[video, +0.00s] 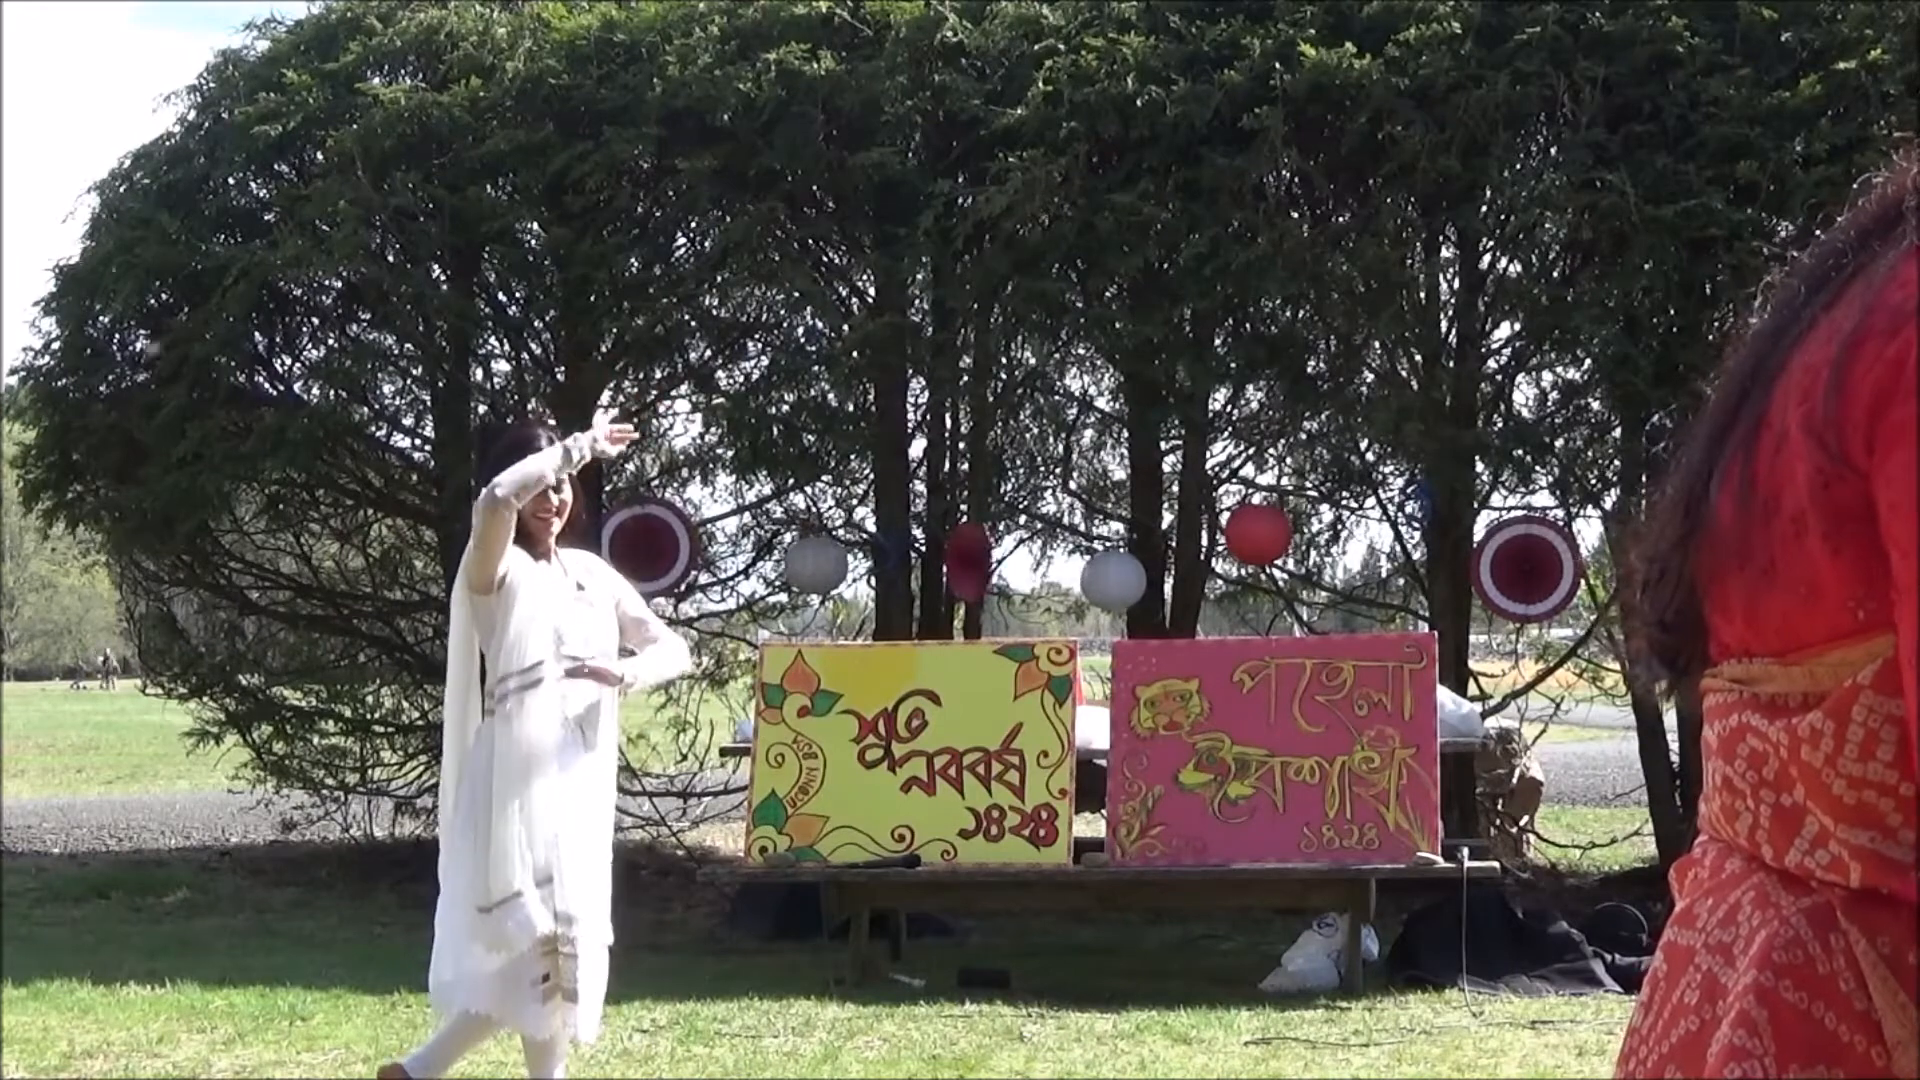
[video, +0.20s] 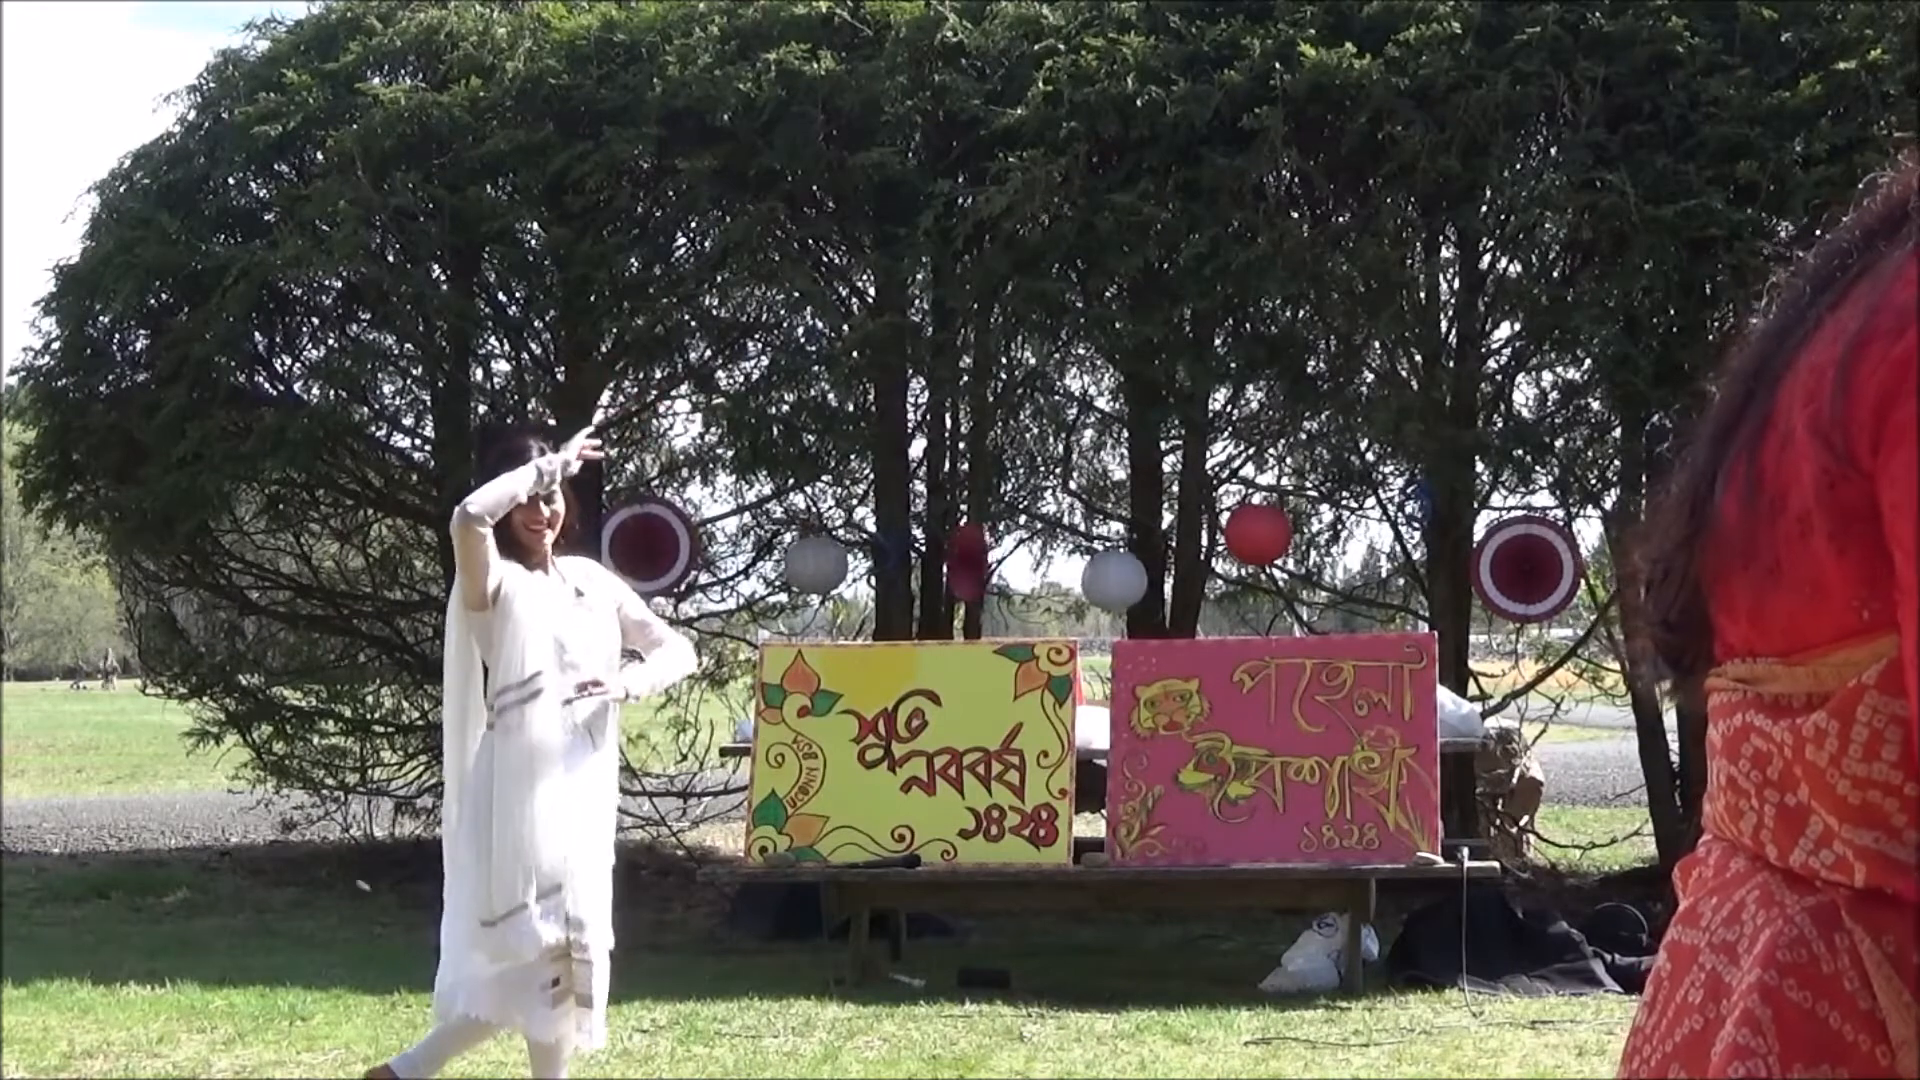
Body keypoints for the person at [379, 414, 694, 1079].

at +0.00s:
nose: (550, 499)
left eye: (560, 486)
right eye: (536, 488)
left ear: (575, 495)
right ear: (509, 498)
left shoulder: (591, 572)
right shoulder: (493, 573)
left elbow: (673, 649)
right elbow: (498, 496)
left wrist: (629, 672)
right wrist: (585, 443)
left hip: (582, 779)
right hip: (515, 776)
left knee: (549, 953)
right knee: (543, 946)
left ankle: (416, 1069)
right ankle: (548, 1070)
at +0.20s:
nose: (543, 509)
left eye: (552, 494)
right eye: (528, 496)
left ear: (566, 502)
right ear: (502, 508)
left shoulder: (591, 579)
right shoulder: (490, 583)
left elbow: (677, 650)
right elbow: (469, 517)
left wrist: (625, 682)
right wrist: (552, 464)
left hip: (583, 784)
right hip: (516, 783)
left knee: (551, 959)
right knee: (541, 954)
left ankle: (403, 1070)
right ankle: (550, 1072)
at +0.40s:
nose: (534, 516)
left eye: (544, 502)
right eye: (518, 505)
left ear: (560, 510)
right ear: (497, 516)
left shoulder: (589, 583)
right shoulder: (488, 589)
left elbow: (685, 653)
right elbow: (462, 516)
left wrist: (631, 673)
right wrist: (538, 467)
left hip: (587, 786)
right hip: (515, 786)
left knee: (579, 949)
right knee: (542, 954)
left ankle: (421, 947)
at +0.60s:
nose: (524, 515)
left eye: (536, 499)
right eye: (509, 504)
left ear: (556, 503)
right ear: (490, 516)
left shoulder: (589, 580)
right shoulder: (482, 586)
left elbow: (680, 653)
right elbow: (459, 504)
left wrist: (627, 683)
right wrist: (542, 459)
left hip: (587, 779)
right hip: (510, 780)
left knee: (584, 941)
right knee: (541, 941)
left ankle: (422, 974)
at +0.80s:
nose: (520, 508)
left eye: (531, 493)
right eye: (505, 498)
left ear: (553, 497)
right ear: (487, 509)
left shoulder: (586, 570)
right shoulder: (479, 578)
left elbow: (673, 651)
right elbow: (459, 497)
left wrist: (619, 689)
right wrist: (546, 452)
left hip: (578, 782)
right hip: (505, 781)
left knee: (546, 956)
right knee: (537, 953)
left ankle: (416, 1069)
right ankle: (548, 1071)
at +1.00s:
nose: (523, 496)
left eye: (535, 480)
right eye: (508, 484)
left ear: (556, 485)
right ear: (488, 496)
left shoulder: (590, 558)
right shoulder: (480, 565)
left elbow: (676, 639)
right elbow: (460, 479)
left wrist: (621, 681)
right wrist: (559, 442)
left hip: (575, 779)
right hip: (502, 777)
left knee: (529, 950)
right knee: (534, 948)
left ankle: (413, 1069)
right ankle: (544, 1072)